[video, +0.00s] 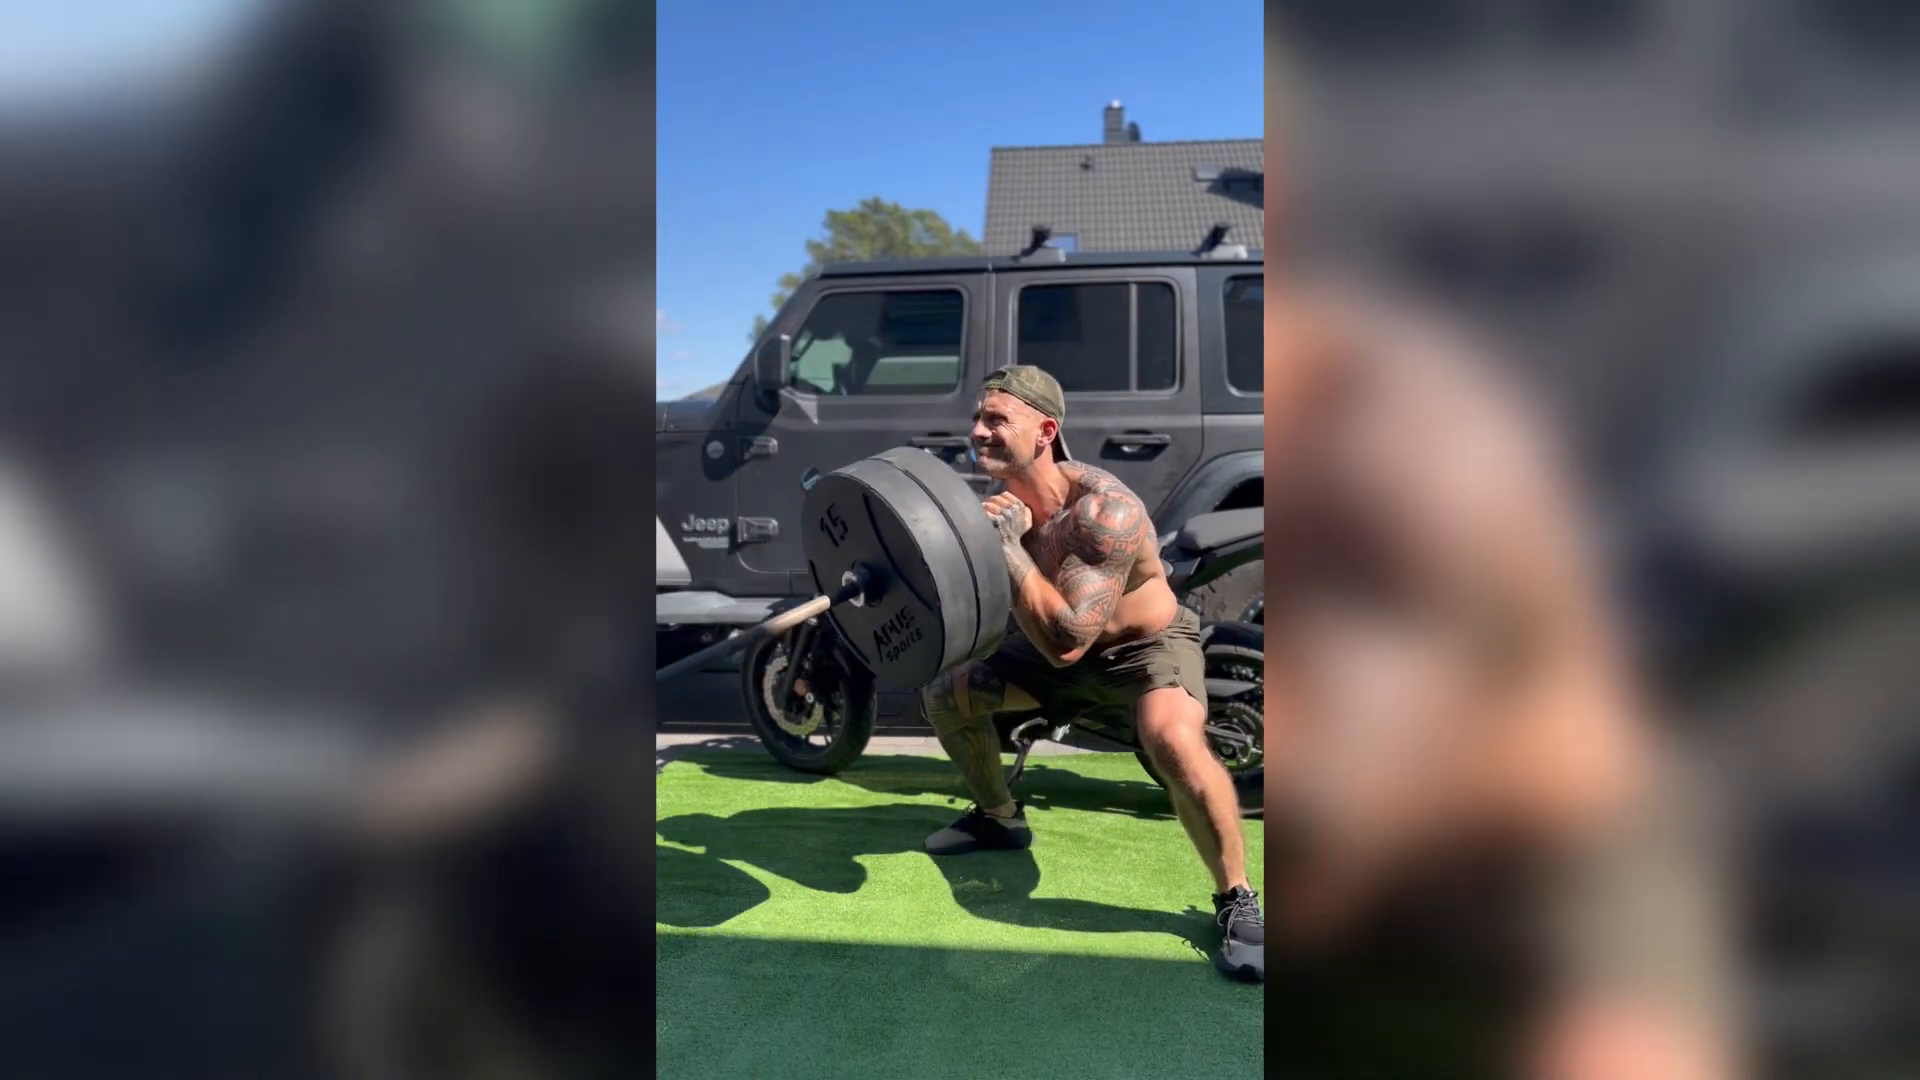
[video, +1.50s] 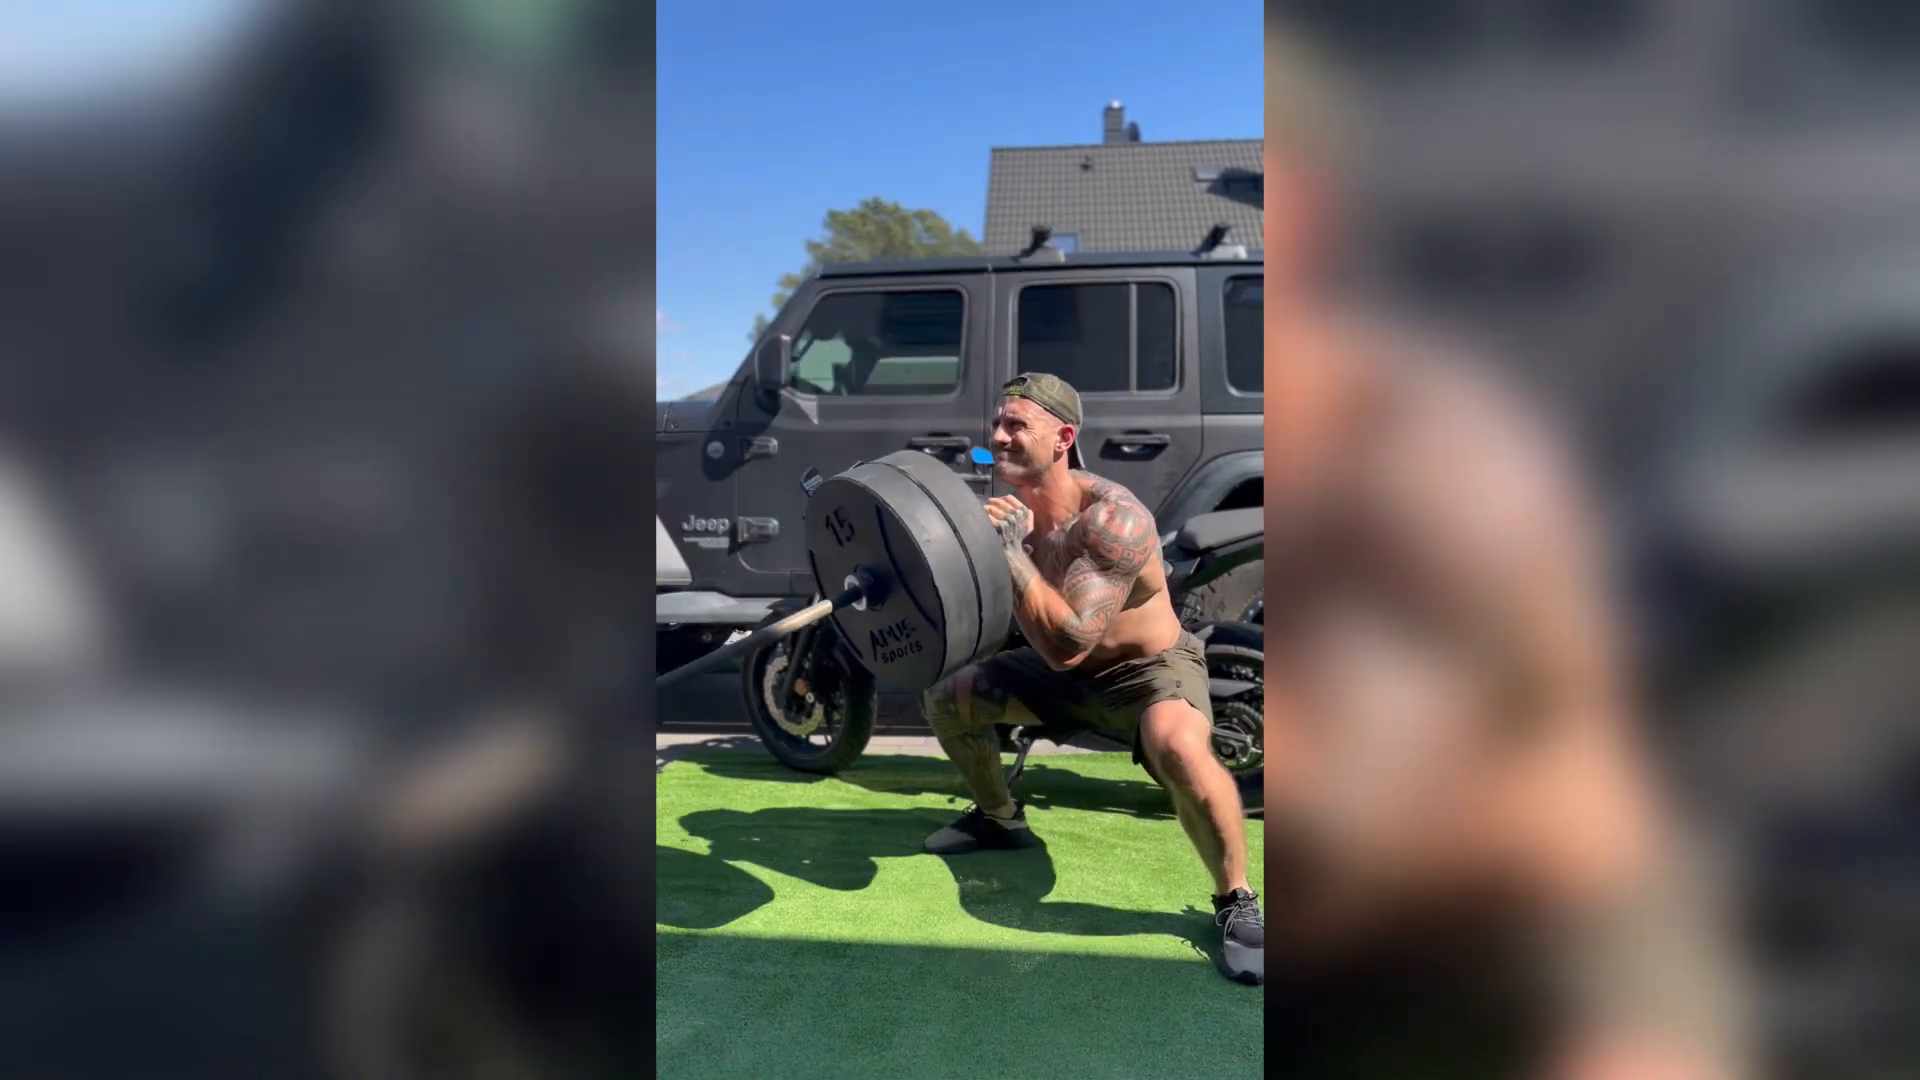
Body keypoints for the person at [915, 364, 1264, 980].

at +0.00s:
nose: (979, 432)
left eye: (997, 420)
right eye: (977, 419)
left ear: (1046, 433)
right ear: (976, 427)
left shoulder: (1109, 510)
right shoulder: (986, 508)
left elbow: (1068, 641)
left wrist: (1008, 550)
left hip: (1151, 645)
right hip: (1063, 650)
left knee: (1171, 735)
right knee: (949, 696)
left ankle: (1237, 898)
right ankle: (999, 820)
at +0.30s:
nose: (966, 254)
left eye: (984, 242)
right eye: (964, 243)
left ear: (1034, 258)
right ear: (963, 261)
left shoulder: (1085, 347)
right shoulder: (973, 344)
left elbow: (1011, 444)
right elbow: (939, 443)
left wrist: (948, 354)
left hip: (1106, 561)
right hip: (1023, 567)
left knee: (1165, 733)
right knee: (950, 693)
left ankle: (1238, 897)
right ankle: (1001, 817)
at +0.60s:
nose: (930, 205)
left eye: (943, 191)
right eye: (921, 193)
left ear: (987, 194)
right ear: (923, 205)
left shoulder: (1037, 266)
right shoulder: (912, 291)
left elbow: (939, 217)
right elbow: (827, 233)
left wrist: (824, 89)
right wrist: (764, 118)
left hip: (1074, 538)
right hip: (990, 548)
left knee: (1151, 716)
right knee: (991, 698)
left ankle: (1232, 889)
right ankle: (1002, 816)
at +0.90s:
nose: (922, 202)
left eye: (940, 190)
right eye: (918, 192)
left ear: (994, 201)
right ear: (928, 208)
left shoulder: (1040, 272)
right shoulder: (913, 301)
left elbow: (932, 241)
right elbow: (823, 251)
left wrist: (837, 110)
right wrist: (757, 149)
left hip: (1084, 547)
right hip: (998, 557)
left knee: (1153, 725)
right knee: (988, 696)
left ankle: (1233, 894)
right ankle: (1001, 817)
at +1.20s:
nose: (974, 278)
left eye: (991, 263)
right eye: (972, 264)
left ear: (1040, 271)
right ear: (974, 276)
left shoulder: (1089, 359)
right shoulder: (985, 358)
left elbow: (1015, 451)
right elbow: (936, 439)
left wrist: (954, 355)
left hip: (1110, 582)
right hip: (1025, 586)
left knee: (1155, 748)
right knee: (947, 699)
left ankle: (1234, 898)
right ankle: (1001, 818)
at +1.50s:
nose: (1000, 437)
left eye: (1018, 426)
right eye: (998, 425)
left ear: (1063, 440)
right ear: (991, 433)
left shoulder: (1117, 520)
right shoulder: (996, 509)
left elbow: (1070, 645)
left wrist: (1010, 553)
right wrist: (968, 533)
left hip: (1151, 665)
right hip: (1060, 666)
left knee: (1178, 747)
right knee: (950, 701)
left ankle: (1236, 899)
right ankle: (1000, 820)